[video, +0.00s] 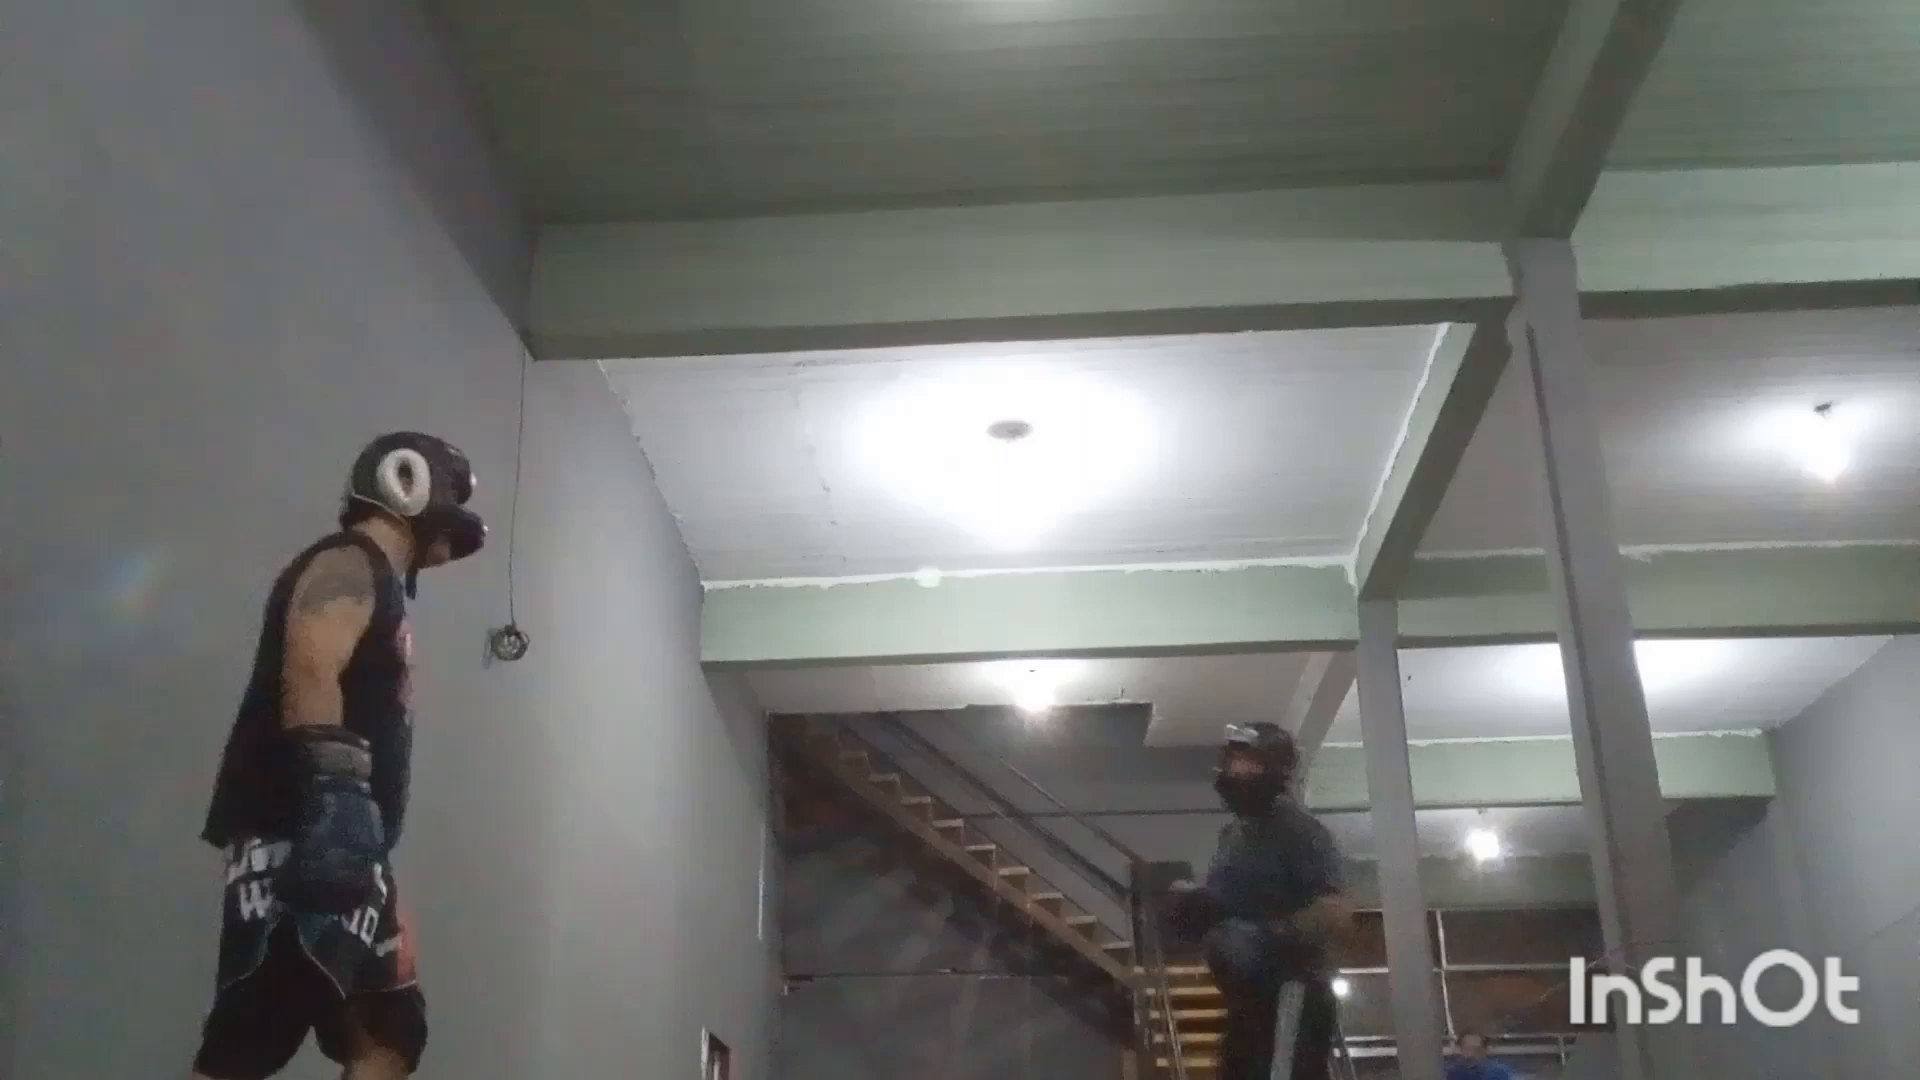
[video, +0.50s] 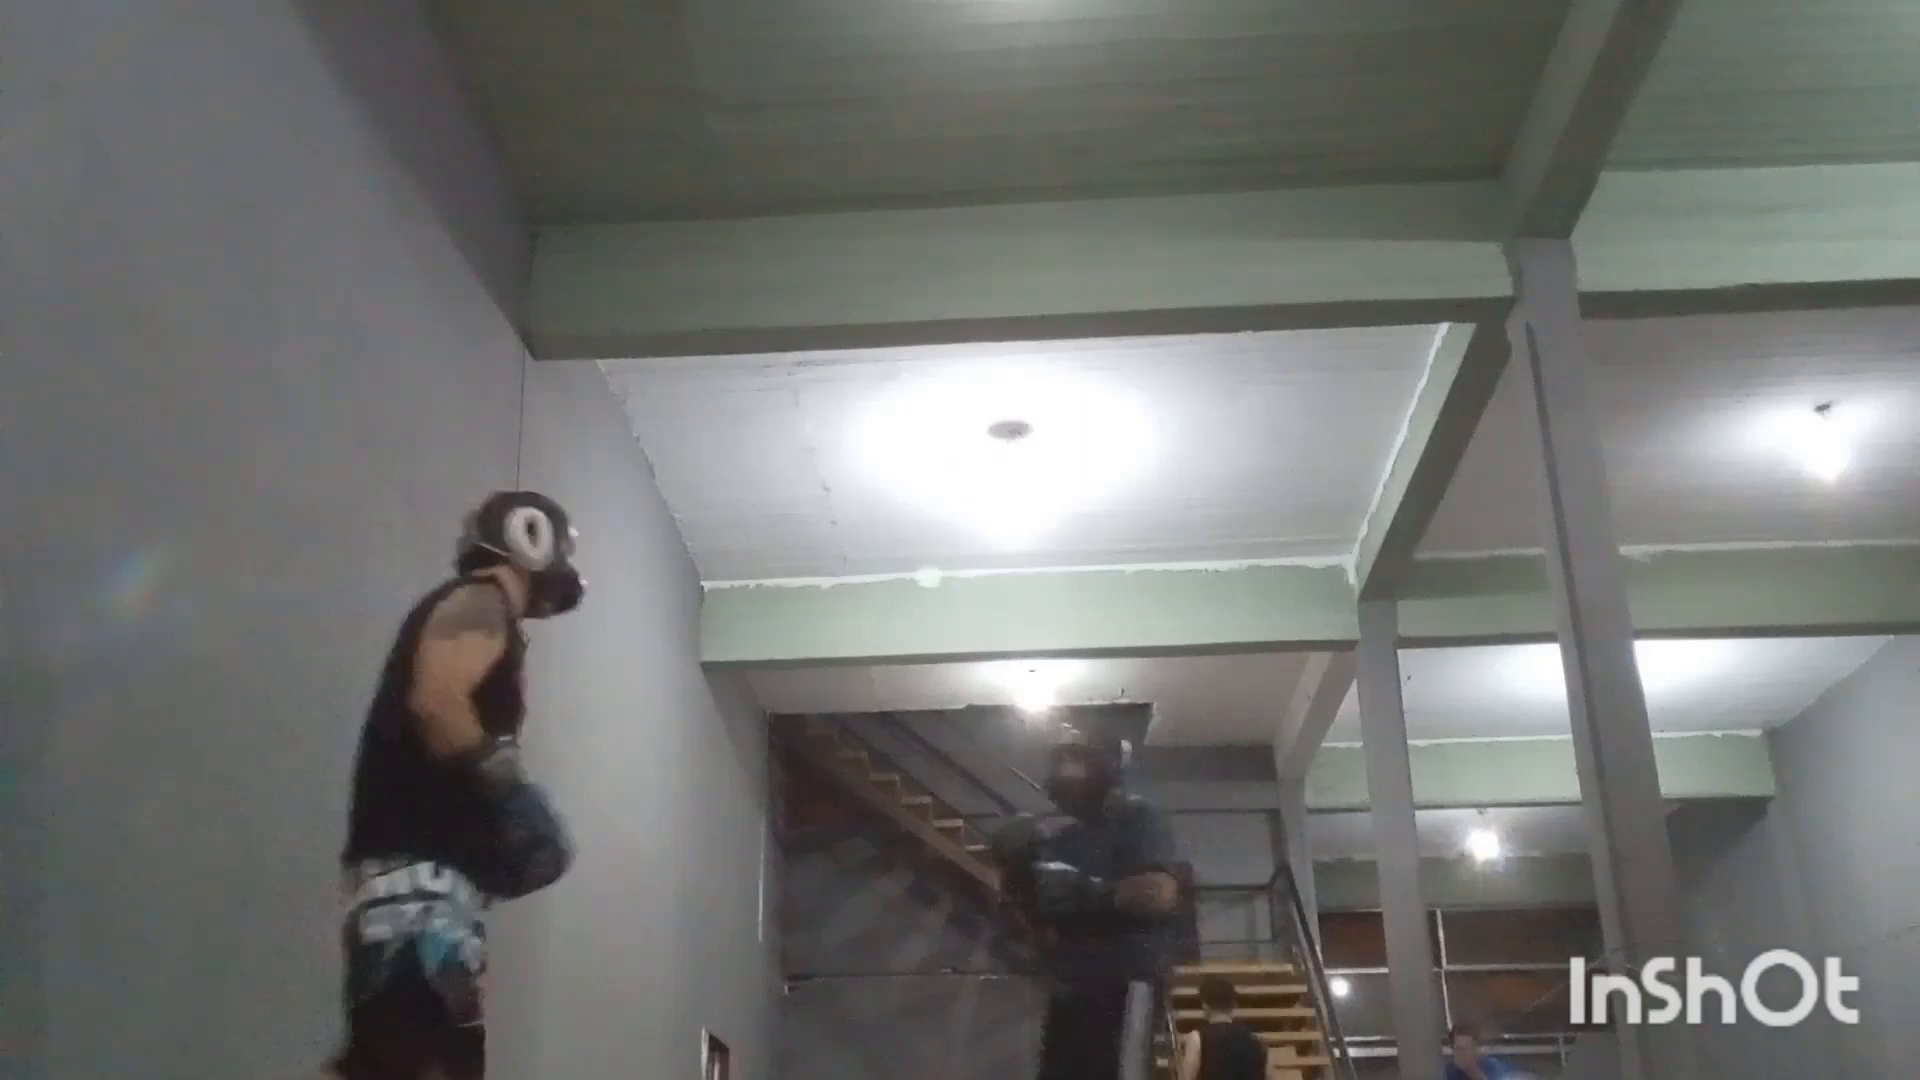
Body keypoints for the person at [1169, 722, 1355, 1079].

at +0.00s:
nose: (1231, 770)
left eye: (1246, 759)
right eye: (1229, 759)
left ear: (1276, 769)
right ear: (1224, 764)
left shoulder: (1301, 829)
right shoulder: (1233, 833)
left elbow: (1338, 908)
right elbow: (1224, 902)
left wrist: (1269, 937)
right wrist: (1193, 907)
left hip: (1297, 985)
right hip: (1248, 984)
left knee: (1285, 1071)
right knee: (1239, 1070)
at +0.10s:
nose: (1209, 764)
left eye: (1224, 752)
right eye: (1206, 752)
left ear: (1254, 765)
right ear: (1198, 760)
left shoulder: (1281, 823)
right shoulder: (1212, 828)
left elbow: (1294, 909)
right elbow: (1195, 875)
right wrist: (1157, 882)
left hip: (1276, 981)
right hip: (1225, 979)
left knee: (1273, 1072)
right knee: (1206, 1069)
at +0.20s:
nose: (1169, 768)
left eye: (1182, 757)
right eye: (1166, 758)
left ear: (1211, 764)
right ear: (1160, 766)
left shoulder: (1244, 822)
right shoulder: (1174, 831)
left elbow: (1238, 898)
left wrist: (1140, 892)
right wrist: (1118, 875)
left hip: (1240, 985)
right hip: (1186, 988)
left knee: (1249, 1070)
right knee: (1165, 1070)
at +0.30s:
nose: (1143, 774)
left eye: (1157, 762)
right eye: (1138, 764)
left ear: (1185, 768)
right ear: (1133, 769)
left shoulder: (1213, 828)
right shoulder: (1150, 836)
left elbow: (1204, 895)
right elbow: (1100, 921)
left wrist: (1123, 892)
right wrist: (1091, 877)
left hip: (1211, 992)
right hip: (1160, 995)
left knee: (1223, 1070)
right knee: (1155, 1070)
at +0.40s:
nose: (1096, 779)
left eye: (1108, 768)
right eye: (1093, 769)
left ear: (1139, 771)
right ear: (1089, 775)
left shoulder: (1171, 827)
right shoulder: (1111, 841)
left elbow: (1174, 898)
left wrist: (1100, 899)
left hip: (1162, 994)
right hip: (1111, 993)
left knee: (1162, 1071)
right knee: (1100, 1071)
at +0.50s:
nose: (1054, 777)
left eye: (1069, 762)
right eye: (1054, 763)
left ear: (1102, 767)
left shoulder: (1137, 819)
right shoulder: (1063, 841)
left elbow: (1160, 894)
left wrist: (1087, 889)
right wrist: (1017, 863)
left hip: (1128, 984)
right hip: (1075, 982)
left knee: (1120, 1069)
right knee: (1059, 1069)